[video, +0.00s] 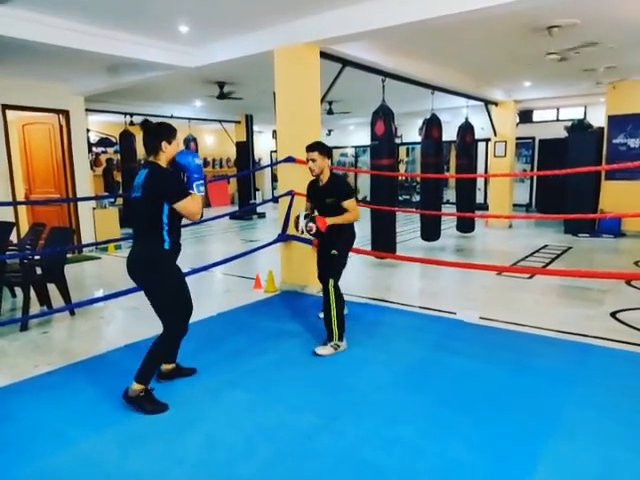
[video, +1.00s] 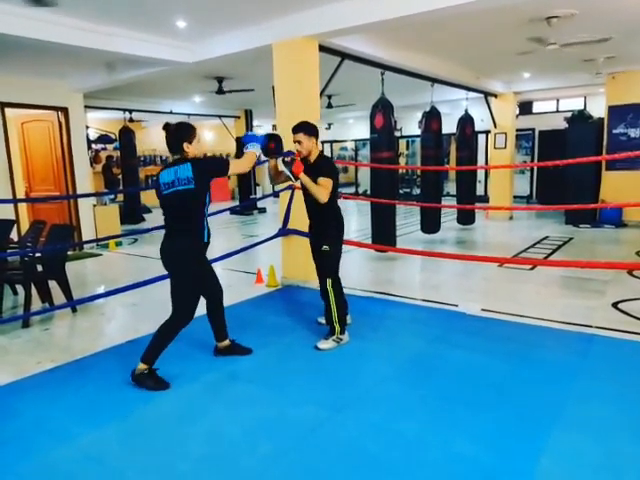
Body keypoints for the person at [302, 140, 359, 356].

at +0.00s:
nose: (310, 165)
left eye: (314, 160)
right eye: (308, 161)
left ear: (327, 160)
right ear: (308, 162)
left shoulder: (340, 183)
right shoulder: (313, 186)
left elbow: (355, 214)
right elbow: (309, 210)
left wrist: (328, 221)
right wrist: (304, 220)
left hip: (343, 232)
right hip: (324, 233)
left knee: (331, 280)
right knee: (324, 276)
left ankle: (336, 339)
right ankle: (333, 307)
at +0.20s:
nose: (309, 158)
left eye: (311, 153)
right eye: (307, 155)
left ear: (324, 152)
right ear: (309, 155)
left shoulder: (337, 174)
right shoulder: (316, 175)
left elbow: (324, 198)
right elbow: (291, 197)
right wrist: (287, 175)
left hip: (343, 231)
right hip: (327, 229)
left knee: (328, 281)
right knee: (315, 274)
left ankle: (337, 338)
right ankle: (338, 307)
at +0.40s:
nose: (308, 151)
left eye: (310, 147)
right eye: (306, 148)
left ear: (322, 145)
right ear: (310, 149)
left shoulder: (336, 167)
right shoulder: (313, 168)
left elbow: (321, 183)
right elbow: (285, 182)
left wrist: (309, 155)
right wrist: (284, 158)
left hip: (338, 229)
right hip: (323, 228)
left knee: (328, 281)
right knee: (321, 279)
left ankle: (336, 336)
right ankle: (335, 318)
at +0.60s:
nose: (305, 149)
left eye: (307, 144)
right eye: (303, 146)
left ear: (319, 142)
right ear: (307, 146)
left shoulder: (331, 164)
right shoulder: (310, 166)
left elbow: (318, 182)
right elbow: (285, 185)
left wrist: (307, 155)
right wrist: (280, 163)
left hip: (335, 227)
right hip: (321, 227)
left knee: (328, 279)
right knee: (323, 277)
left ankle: (337, 334)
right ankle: (335, 316)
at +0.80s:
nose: (300, 147)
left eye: (303, 142)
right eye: (298, 143)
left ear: (317, 141)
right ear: (299, 144)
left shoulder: (328, 163)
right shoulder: (307, 165)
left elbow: (320, 182)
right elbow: (279, 179)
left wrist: (294, 161)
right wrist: (279, 155)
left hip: (333, 226)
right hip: (318, 225)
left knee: (327, 278)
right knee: (326, 275)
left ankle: (337, 333)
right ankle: (337, 314)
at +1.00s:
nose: (296, 147)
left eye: (300, 142)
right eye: (295, 143)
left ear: (314, 141)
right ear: (296, 144)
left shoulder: (327, 165)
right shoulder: (303, 164)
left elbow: (323, 195)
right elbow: (277, 179)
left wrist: (300, 174)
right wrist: (273, 160)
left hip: (329, 226)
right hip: (316, 225)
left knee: (329, 278)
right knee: (325, 275)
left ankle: (338, 332)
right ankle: (339, 313)